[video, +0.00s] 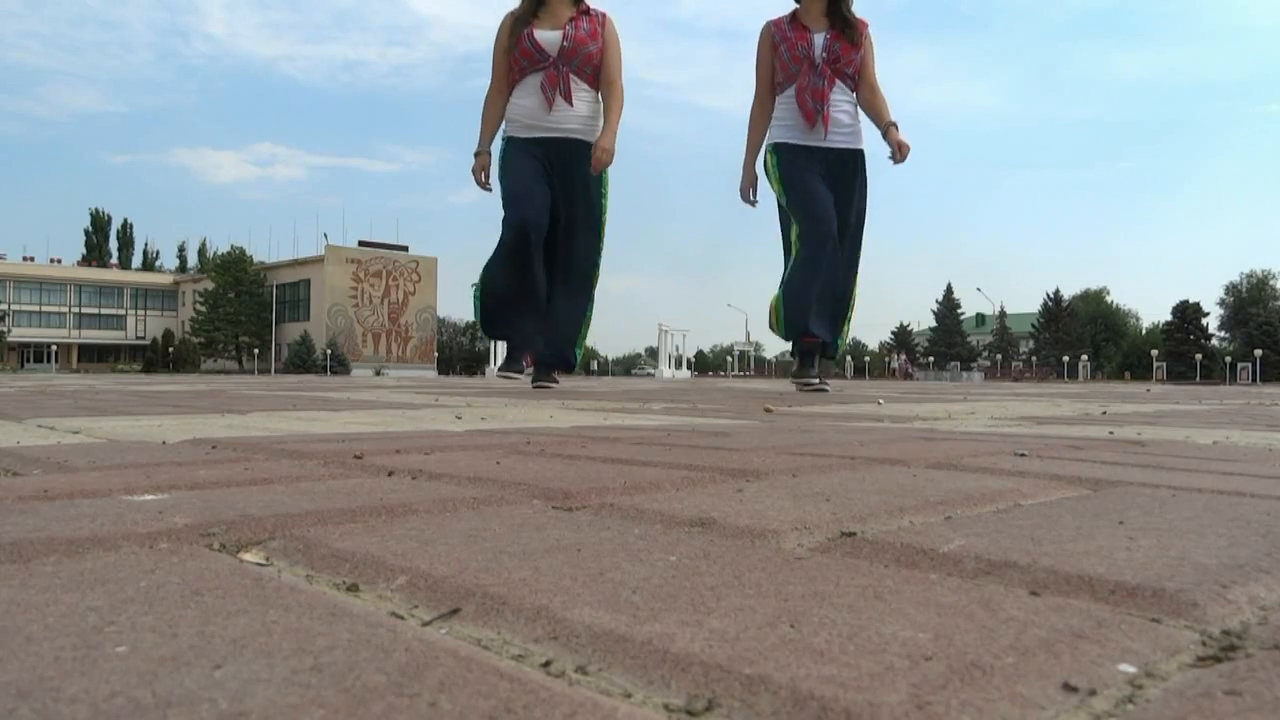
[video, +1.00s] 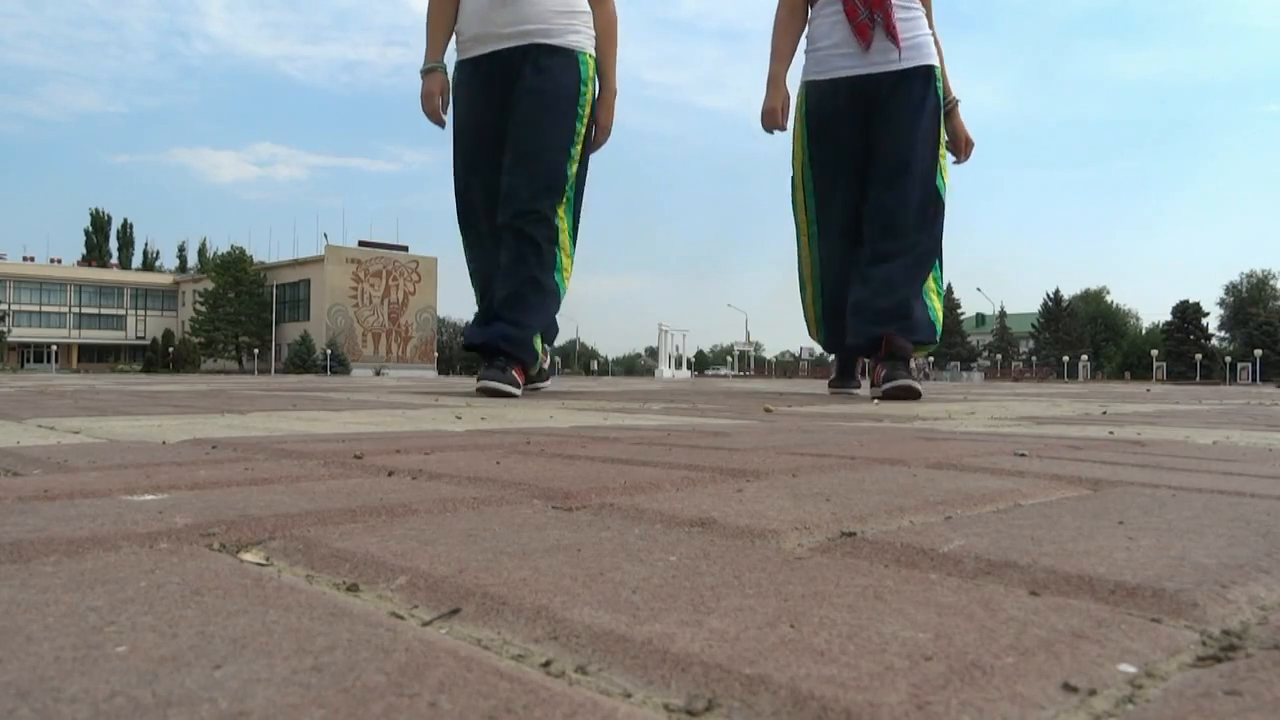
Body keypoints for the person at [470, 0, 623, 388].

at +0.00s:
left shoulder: (600, 22)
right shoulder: (514, 21)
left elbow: (612, 86)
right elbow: (499, 89)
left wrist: (609, 135)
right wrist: (484, 147)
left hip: (579, 150)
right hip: (523, 147)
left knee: (571, 251)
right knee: (526, 229)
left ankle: (549, 362)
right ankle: (518, 343)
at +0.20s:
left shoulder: (599, 9)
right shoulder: (508, 9)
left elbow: (607, 74)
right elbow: (492, 78)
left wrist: (599, 133)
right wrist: (479, 144)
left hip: (579, 143)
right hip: (519, 141)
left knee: (574, 253)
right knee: (531, 241)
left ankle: (557, 356)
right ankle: (536, 344)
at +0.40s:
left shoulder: (605, 4)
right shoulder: (495, 3)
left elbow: (614, 57)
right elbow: (483, 55)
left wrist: (615, 124)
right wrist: (467, 131)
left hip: (576, 117)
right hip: (511, 111)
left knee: (572, 236)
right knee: (518, 230)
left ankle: (557, 349)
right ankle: (536, 354)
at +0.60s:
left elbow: (613, 30)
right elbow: (471, 27)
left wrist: (628, 106)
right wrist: (460, 96)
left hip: (571, 95)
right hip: (501, 94)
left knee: (565, 213)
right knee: (510, 226)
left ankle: (574, 335)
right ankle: (534, 354)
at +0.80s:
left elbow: (605, 21)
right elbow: (461, 6)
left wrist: (613, 104)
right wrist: (453, 71)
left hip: (565, 78)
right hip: (491, 80)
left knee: (543, 202)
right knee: (498, 215)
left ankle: (531, 337)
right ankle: (543, 348)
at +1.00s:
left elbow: (602, 5)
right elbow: (446, 1)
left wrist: (608, 89)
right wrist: (433, 63)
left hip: (559, 48)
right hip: (478, 53)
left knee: (532, 204)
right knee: (479, 207)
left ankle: (511, 352)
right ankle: (526, 349)